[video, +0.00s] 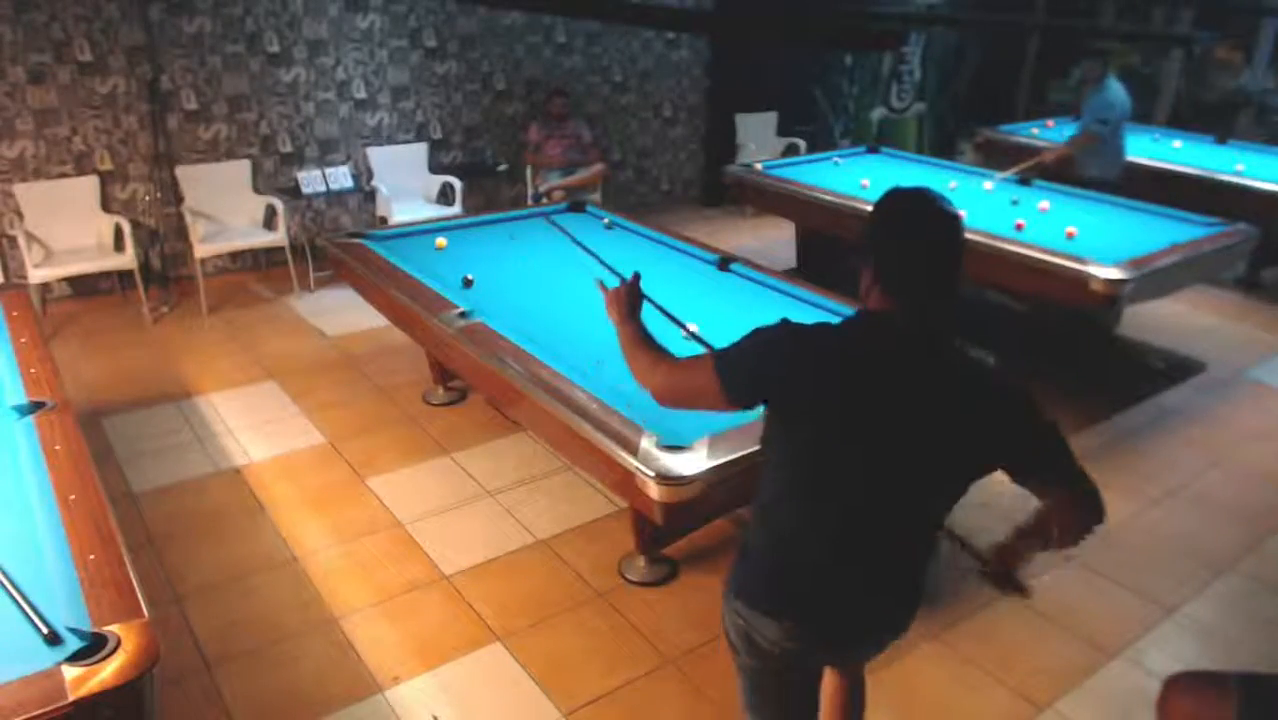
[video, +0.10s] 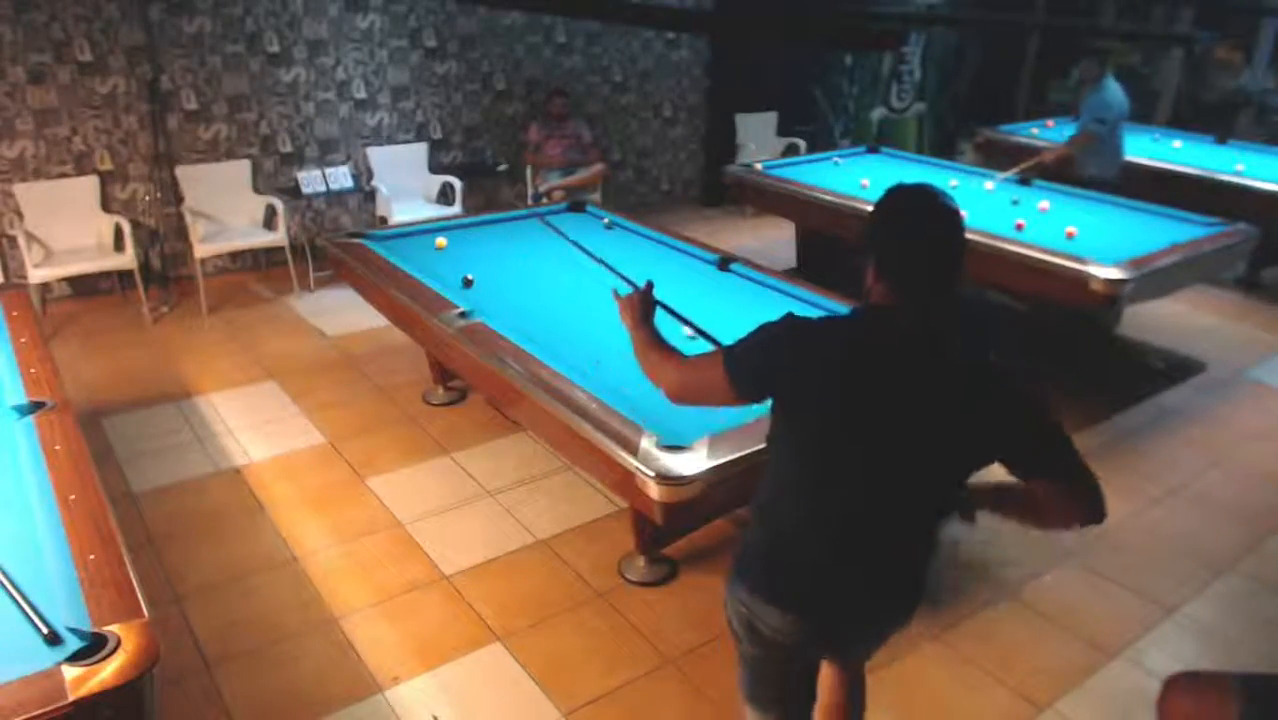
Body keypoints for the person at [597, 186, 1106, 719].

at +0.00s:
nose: (860, 269)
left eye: (864, 256)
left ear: (867, 269)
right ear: (951, 279)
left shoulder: (801, 353)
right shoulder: (984, 394)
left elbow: (666, 383)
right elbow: (1079, 509)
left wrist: (624, 322)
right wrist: (1016, 552)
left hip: (774, 605)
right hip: (879, 611)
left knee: (774, 706)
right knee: (846, 663)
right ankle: (838, 705)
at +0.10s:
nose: (867, 263)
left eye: (869, 251)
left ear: (872, 264)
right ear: (954, 272)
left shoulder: (807, 345)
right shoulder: (980, 375)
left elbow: (678, 381)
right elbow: (1079, 504)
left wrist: (637, 328)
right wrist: (975, 497)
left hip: (780, 591)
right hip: (885, 594)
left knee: (771, 706)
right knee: (845, 662)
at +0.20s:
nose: (874, 255)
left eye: (874, 247)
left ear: (876, 259)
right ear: (955, 264)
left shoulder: (811, 336)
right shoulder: (988, 358)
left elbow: (684, 369)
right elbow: (1076, 501)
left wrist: (642, 314)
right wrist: (979, 512)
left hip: (786, 573)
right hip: (888, 581)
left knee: (761, 700)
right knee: (848, 671)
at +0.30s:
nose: (866, 252)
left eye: (870, 243)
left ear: (874, 253)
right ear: (951, 258)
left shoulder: (811, 328)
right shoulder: (988, 356)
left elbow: (684, 356)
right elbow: (1084, 503)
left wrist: (644, 297)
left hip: (782, 558)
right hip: (885, 574)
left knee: (746, 661)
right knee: (846, 670)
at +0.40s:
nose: (862, 254)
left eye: (865, 243)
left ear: (868, 252)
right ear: (948, 256)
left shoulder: (806, 324)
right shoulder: (981, 355)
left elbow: (682, 344)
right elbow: (1087, 492)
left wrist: (649, 286)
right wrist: (1101, 590)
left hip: (778, 545)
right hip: (878, 566)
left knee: (729, 629)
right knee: (842, 661)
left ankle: (742, 710)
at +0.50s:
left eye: (863, 245)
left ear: (861, 253)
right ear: (939, 259)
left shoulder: (801, 321)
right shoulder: (967, 357)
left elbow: (682, 341)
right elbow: (1080, 483)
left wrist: (658, 289)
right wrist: (1103, 589)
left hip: (770, 537)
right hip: (871, 561)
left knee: (716, 608)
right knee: (836, 654)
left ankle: (717, 711)